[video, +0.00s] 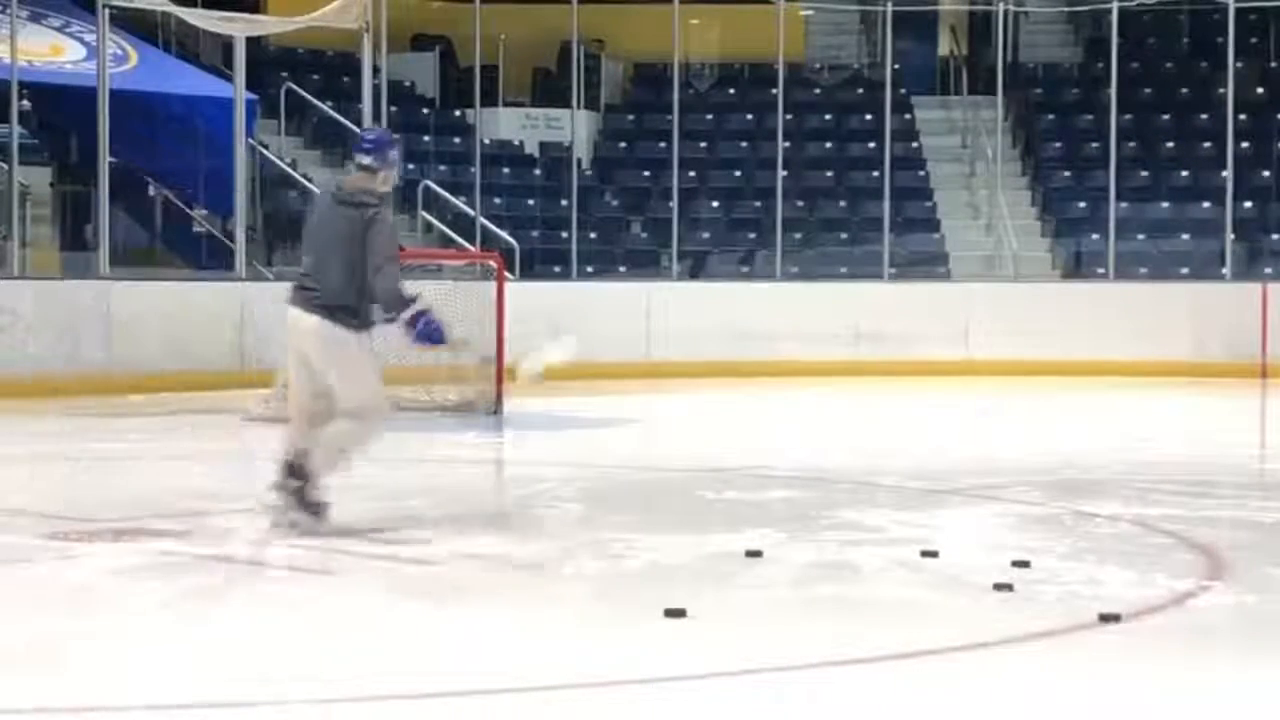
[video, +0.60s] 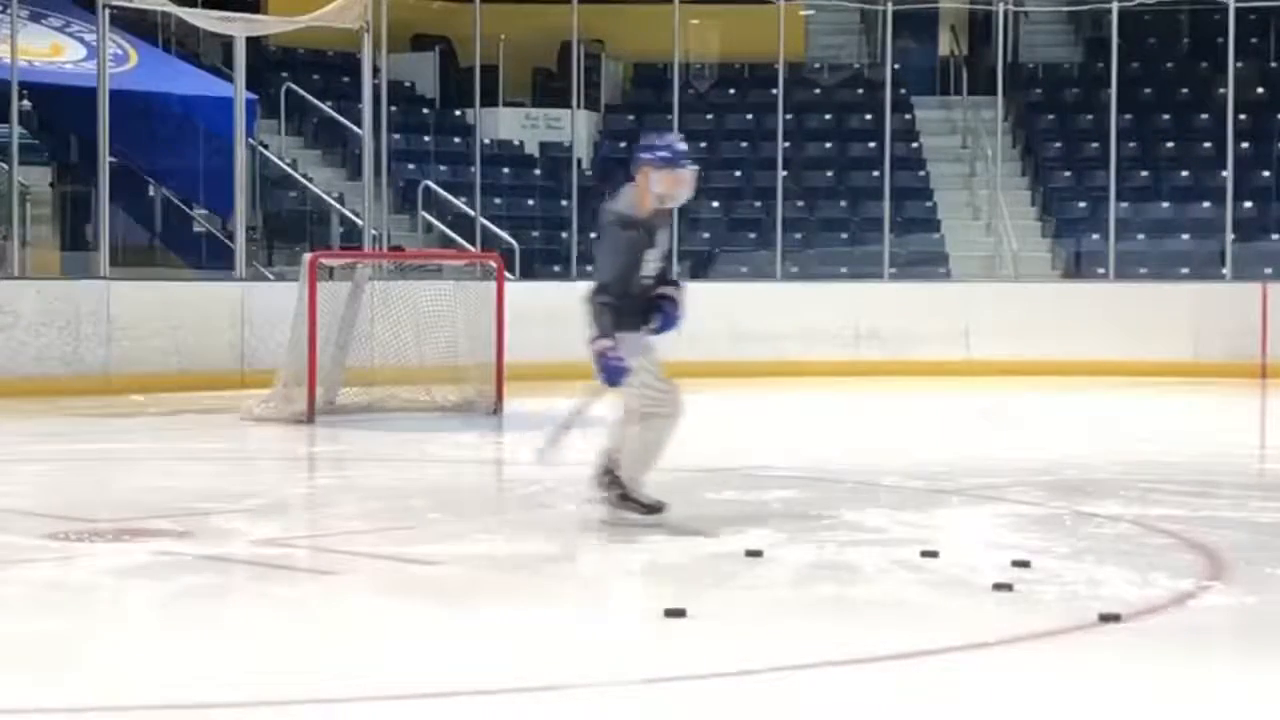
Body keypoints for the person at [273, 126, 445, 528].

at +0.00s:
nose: (395, 178)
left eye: (394, 170)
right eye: (394, 170)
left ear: (356, 164)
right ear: (386, 171)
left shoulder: (326, 199)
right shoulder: (376, 214)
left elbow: (314, 253)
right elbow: (383, 282)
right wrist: (413, 314)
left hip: (300, 314)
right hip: (337, 327)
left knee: (308, 408)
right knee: (368, 410)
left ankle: (295, 486)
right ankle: (306, 467)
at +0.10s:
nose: (435, 180)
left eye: (436, 172)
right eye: (433, 172)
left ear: (398, 165)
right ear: (423, 171)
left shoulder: (376, 204)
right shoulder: (407, 210)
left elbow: (370, 263)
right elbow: (408, 269)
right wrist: (447, 287)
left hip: (351, 315)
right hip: (381, 322)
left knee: (366, 403)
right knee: (413, 407)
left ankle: (344, 475)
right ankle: (369, 477)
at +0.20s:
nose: (490, 177)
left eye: (490, 168)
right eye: (487, 168)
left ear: (452, 165)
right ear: (472, 170)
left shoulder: (426, 202)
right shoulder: (446, 211)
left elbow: (439, 253)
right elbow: (433, 272)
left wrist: (471, 256)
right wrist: (471, 276)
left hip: (395, 319)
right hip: (425, 326)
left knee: (414, 406)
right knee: (461, 407)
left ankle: (386, 478)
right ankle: (435, 483)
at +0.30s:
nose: (536, 182)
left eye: (537, 173)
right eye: (532, 173)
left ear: (501, 172)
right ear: (512, 175)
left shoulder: (501, 217)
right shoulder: (484, 222)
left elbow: (516, 259)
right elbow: (466, 289)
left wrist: (534, 279)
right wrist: (504, 294)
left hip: (466, 327)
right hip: (464, 330)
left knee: (466, 406)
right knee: (520, 397)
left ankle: (434, 477)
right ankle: (495, 481)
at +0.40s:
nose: (583, 187)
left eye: (584, 177)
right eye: (578, 178)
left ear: (557, 179)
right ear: (557, 178)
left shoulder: (553, 219)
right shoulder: (528, 226)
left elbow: (554, 271)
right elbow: (501, 293)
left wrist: (573, 295)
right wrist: (521, 315)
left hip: (520, 330)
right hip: (517, 331)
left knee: (517, 405)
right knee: (571, 399)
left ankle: (486, 477)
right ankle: (542, 481)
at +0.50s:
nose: (639, 183)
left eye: (639, 174)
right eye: (632, 174)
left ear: (616, 177)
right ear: (606, 175)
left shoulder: (611, 217)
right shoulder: (576, 221)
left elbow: (610, 273)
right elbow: (557, 287)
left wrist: (619, 301)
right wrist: (560, 331)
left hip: (588, 324)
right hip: (568, 326)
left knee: (577, 402)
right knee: (620, 399)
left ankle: (550, 472)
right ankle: (580, 479)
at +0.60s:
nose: (673, 186)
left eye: (679, 176)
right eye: (665, 174)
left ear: (684, 177)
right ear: (643, 174)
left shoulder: (660, 215)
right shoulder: (622, 221)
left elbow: (661, 268)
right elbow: (605, 289)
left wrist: (667, 296)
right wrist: (604, 340)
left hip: (638, 322)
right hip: (616, 324)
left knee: (644, 400)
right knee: (661, 401)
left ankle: (614, 468)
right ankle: (625, 480)